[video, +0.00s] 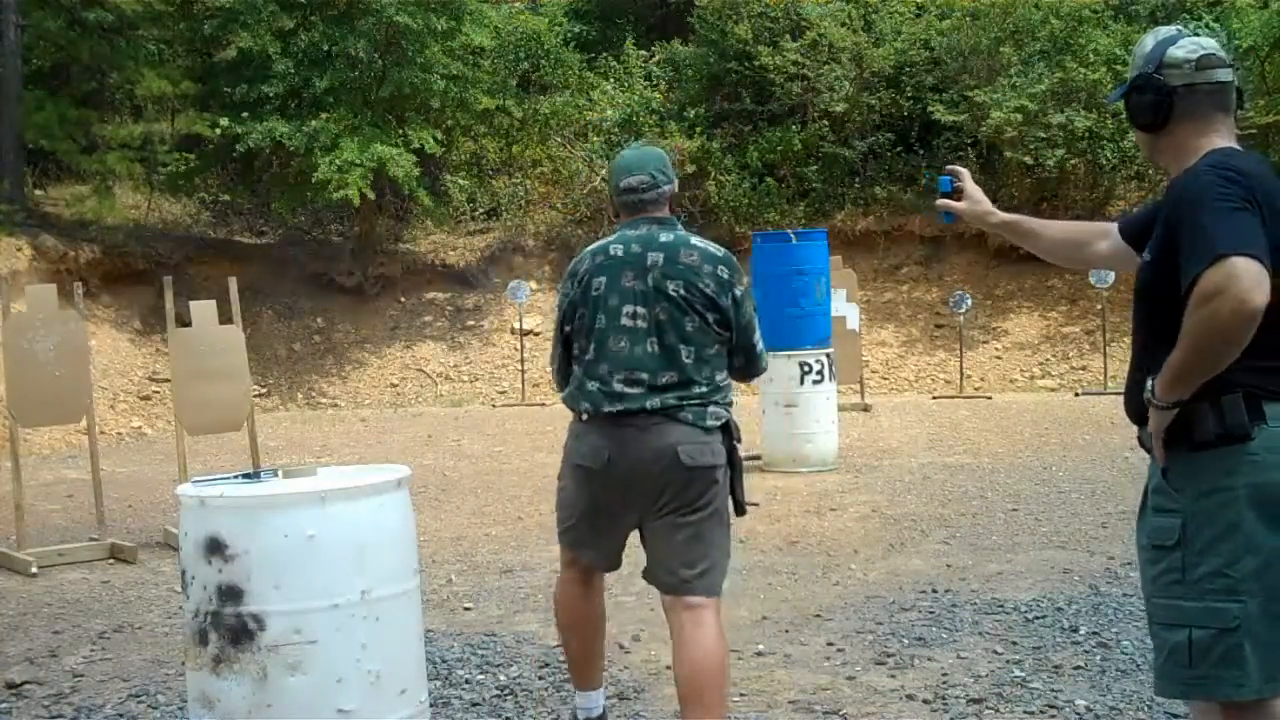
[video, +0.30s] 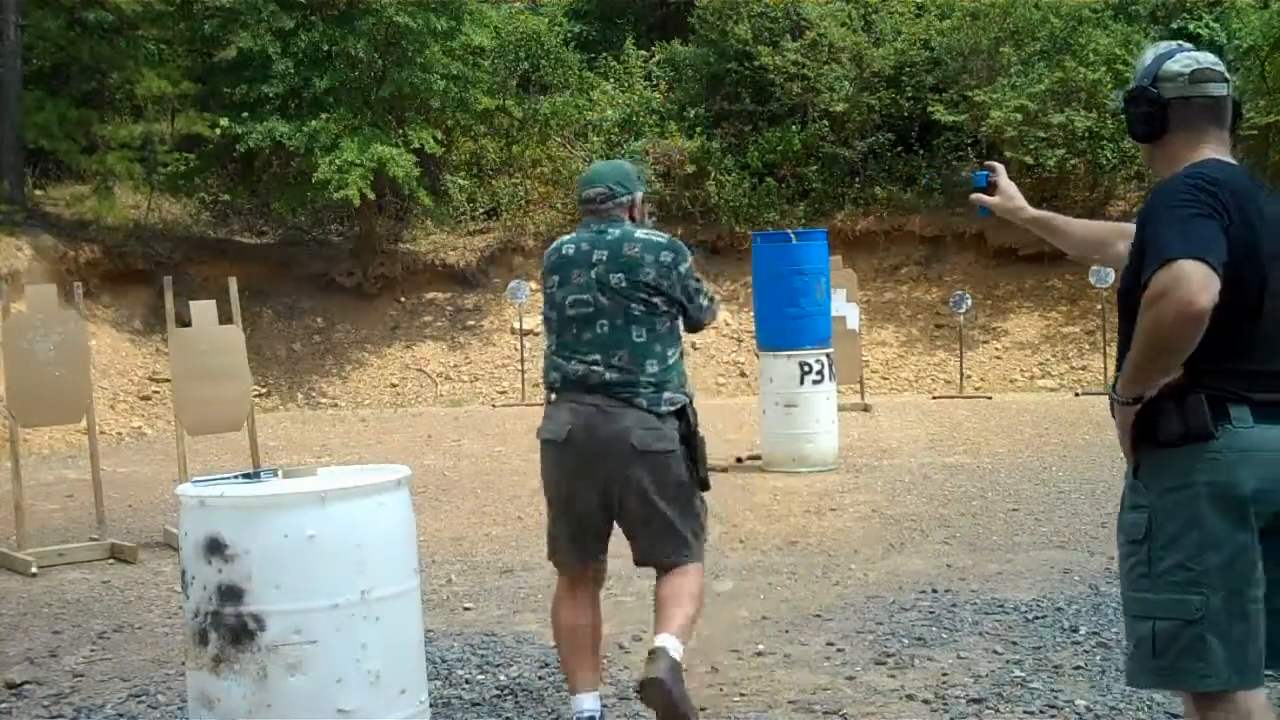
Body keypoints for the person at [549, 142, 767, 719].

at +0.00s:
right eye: (673, 189)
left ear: (615, 201)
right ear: (673, 195)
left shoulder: (586, 265)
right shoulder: (715, 262)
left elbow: (564, 368)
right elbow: (749, 361)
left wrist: (621, 378)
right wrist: (688, 347)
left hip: (599, 443)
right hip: (690, 443)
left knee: (581, 569)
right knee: (694, 601)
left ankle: (588, 708)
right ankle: (707, 715)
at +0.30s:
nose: (646, 209)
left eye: (640, 202)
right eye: (644, 202)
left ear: (584, 207)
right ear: (635, 205)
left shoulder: (557, 254)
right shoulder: (660, 249)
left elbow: (574, 316)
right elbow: (702, 314)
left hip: (566, 425)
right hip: (645, 428)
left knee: (577, 575)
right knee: (679, 557)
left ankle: (585, 708)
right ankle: (665, 654)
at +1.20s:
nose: (671, 216)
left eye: (668, 209)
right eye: (669, 209)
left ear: (623, 211)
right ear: (659, 213)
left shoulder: (597, 249)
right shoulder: (673, 248)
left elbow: (642, 260)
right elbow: (705, 266)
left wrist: (694, 240)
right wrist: (711, 240)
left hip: (604, 388)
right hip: (664, 391)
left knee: (614, 503)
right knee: (684, 495)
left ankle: (615, 622)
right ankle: (677, 608)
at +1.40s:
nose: (689, 223)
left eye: (687, 217)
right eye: (688, 217)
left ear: (643, 220)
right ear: (679, 221)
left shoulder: (620, 256)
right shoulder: (694, 256)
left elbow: (662, 259)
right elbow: (725, 262)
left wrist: (707, 241)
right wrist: (725, 241)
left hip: (629, 391)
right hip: (686, 395)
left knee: (629, 496)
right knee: (700, 501)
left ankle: (624, 572)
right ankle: (698, 601)